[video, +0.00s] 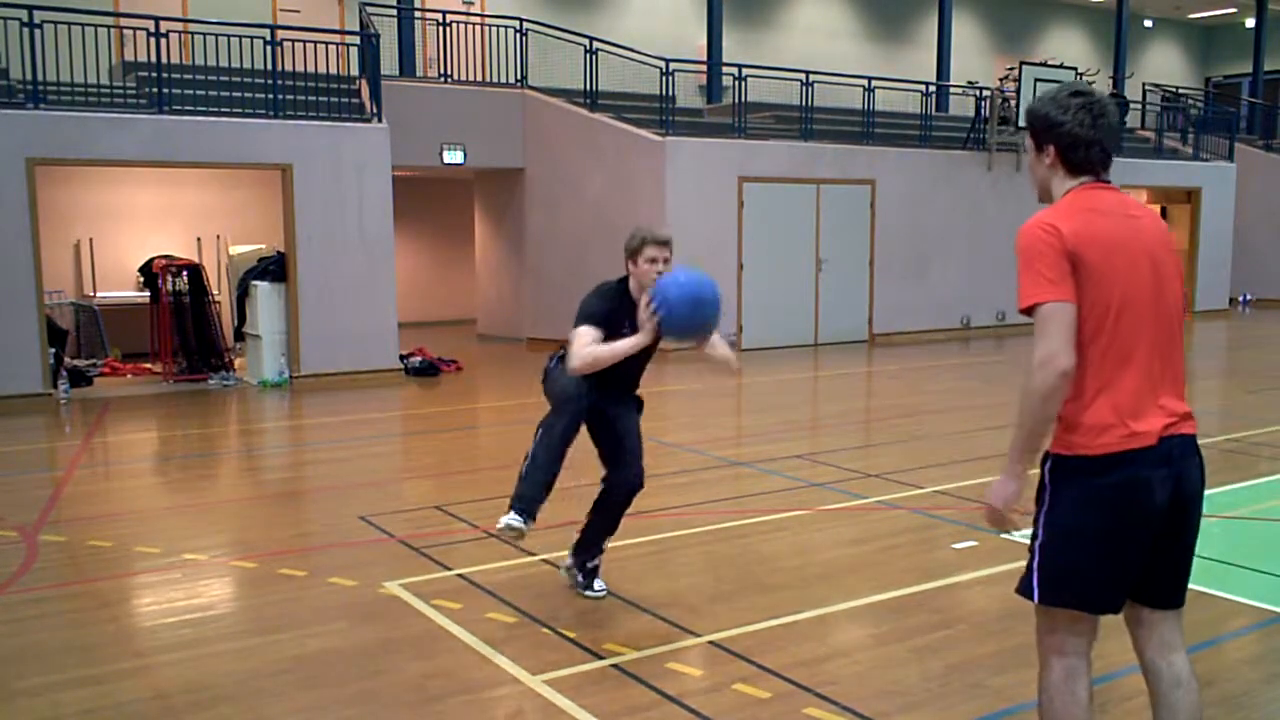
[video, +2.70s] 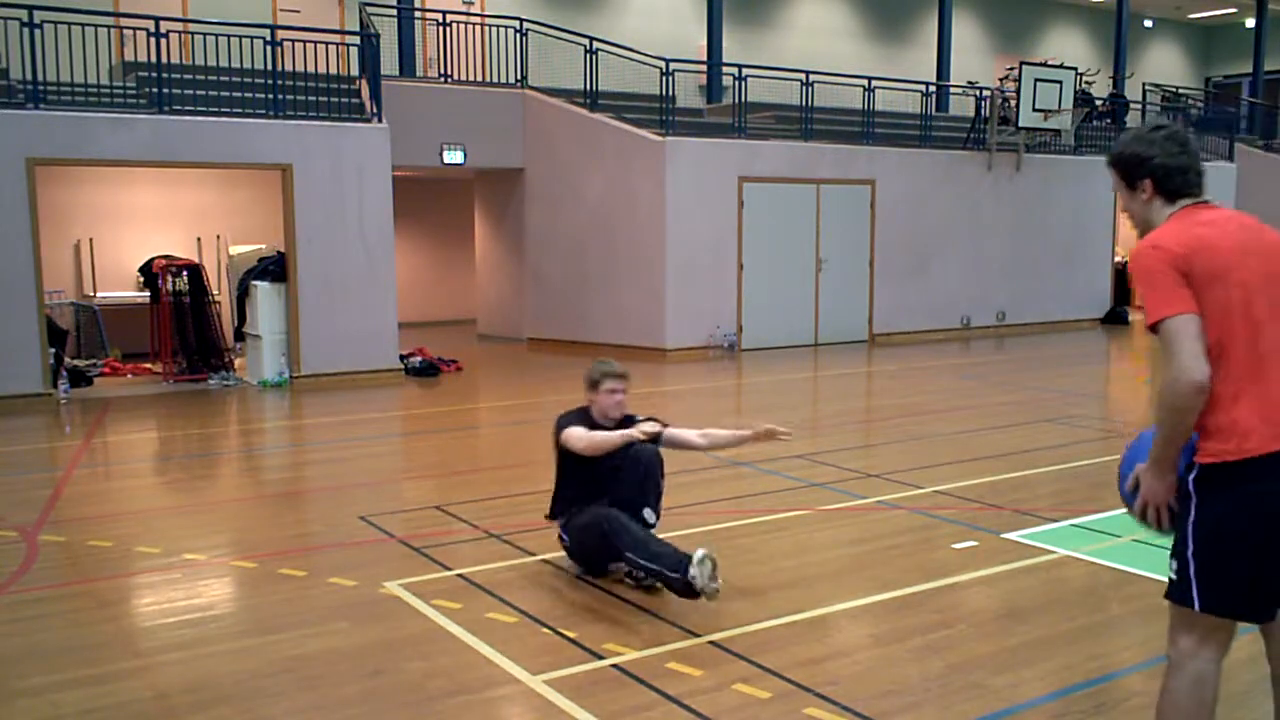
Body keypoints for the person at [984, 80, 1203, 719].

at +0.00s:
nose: (1027, 164)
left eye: (1027, 149)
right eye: (1028, 150)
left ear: (1046, 150)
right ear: (1106, 150)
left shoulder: (1050, 229)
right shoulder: (1154, 222)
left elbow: (1055, 362)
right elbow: (1168, 338)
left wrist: (1014, 471)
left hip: (1094, 476)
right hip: (1174, 466)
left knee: (1065, 647)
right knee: (1161, 635)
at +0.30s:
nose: (1082, 164)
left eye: (1082, 150)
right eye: (1081, 151)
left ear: (1102, 152)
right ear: (1159, 151)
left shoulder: (1101, 229)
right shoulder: (1216, 235)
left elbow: (1089, 367)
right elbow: (1230, 370)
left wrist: (1027, 422)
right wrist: (1150, 394)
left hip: (1133, 482)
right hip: (1218, 476)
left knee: (1088, 653)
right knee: (1198, 644)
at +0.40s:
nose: (1100, 161)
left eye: (1100, 146)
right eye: (1100, 146)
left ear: (1119, 148)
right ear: (1178, 148)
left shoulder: (1114, 230)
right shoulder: (1234, 233)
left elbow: (1085, 365)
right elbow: (1231, 347)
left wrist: (1030, 357)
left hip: (1146, 480)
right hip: (1235, 475)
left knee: (1098, 653)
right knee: (1208, 640)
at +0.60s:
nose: (1116, 165)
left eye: (1118, 150)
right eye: (1116, 149)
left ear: (1142, 154)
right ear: (1199, 152)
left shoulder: (1127, 231)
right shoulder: (1265, 230)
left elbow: (1118, 370)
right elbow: (1274, 365)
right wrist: (1219, 351)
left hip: (1156, 484)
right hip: (1249, 481)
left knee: (1103, 656)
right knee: (1216, 646)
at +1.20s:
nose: (1154, 167)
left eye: (1154, 153)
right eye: (1152, 154)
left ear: (1175, 154)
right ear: (1233, 151)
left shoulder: (1158, 225)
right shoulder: (1274, 218)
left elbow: (1140, 359)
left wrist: (1124, 410)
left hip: (1186, 481)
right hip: (1270, 477)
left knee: (1157, 665)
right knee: (1243, 665)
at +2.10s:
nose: (1185, 169)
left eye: (1186, 153)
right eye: (1184, 154)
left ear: (1213, 150)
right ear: (1264, 147)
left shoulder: (1218, 223)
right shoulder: (1269, 212)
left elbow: (1227, 357)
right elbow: (1250, 353)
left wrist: (1155, 410)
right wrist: (1185, 401)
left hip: (1242, 468)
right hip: (1272, 463)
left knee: (1175, 648)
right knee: (1275, 631)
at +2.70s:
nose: (1122, 207)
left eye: (1122, 192)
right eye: (1120, 193)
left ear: (1145, 188)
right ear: (1188, 180)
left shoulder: (1160, 251)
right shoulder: (1260, 231)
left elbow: (1190, 375)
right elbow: (1256, 348)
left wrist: (1160, 466)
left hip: (1232, 465)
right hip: (1275, 457)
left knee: (1196, 646)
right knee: (1276, 628)